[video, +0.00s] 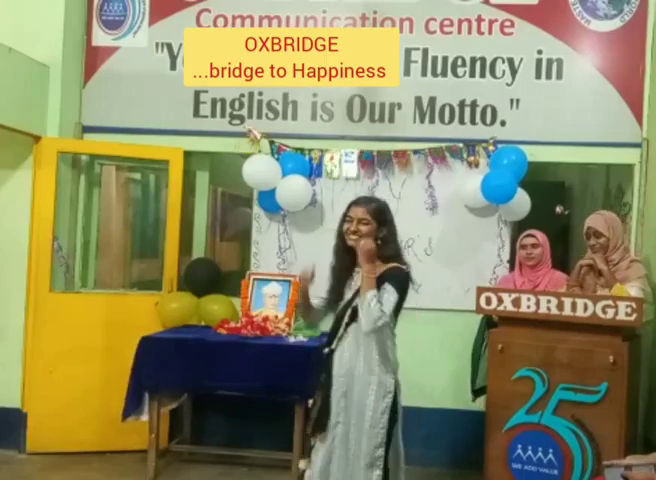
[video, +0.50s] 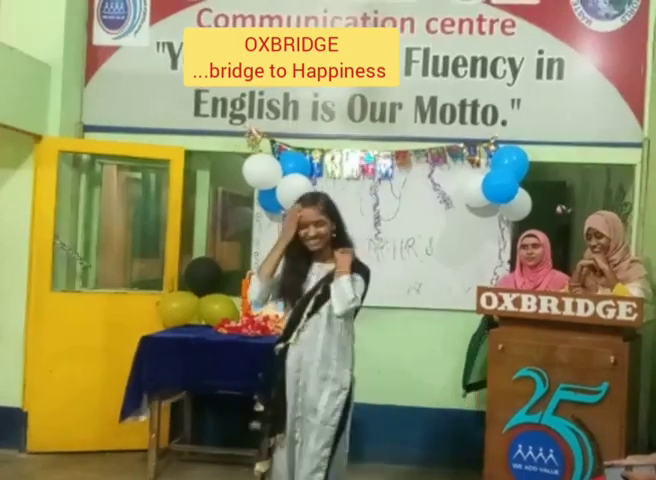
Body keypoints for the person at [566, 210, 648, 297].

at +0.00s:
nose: (591, 243)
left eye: (598, 236)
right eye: (588, 237)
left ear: (613, 236)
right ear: (585, 238)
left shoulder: (633, 267)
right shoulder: (583, 268)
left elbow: (634, 305)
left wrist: (605, 270)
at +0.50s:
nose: (593, 243)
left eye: (599, 236)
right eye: (588, 237)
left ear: (614, 236)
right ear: (585, 239)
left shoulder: (633, 268)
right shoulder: (585, 269)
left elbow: (634, 304)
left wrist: (606, 269)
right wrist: (577, 273)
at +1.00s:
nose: (595, 247)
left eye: (601, 239)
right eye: (591, 240)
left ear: (617, 238)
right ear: (587, 242)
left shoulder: (635, 268)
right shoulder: (586, 269)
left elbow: (631, 304)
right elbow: (570, 299)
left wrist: (606, 268)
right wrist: (578, 271)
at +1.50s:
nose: (595, 247)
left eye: (601, 239)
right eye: (591, 240)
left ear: (617, 238)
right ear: (587, 242)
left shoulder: (635, 268)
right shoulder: (586, 269)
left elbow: (631, 304)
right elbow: (570, 299)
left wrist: (606, 268)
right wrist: (578, 270)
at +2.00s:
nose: (595, 247)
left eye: (601, 239)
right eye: (590, 240)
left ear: (616, 238)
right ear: (587, 242)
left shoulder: (635, 268)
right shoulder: (586, 268)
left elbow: (633, 304)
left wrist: (606, 269)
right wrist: (577, 273)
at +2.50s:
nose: (595, 247)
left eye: (601, 239)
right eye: (591, 240)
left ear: (616, 238)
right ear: (587, 242)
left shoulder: (636, 268)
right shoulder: (586, 268)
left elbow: (632, 305)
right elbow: (569, 299)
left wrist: (606, 269)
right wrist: (577, 273)